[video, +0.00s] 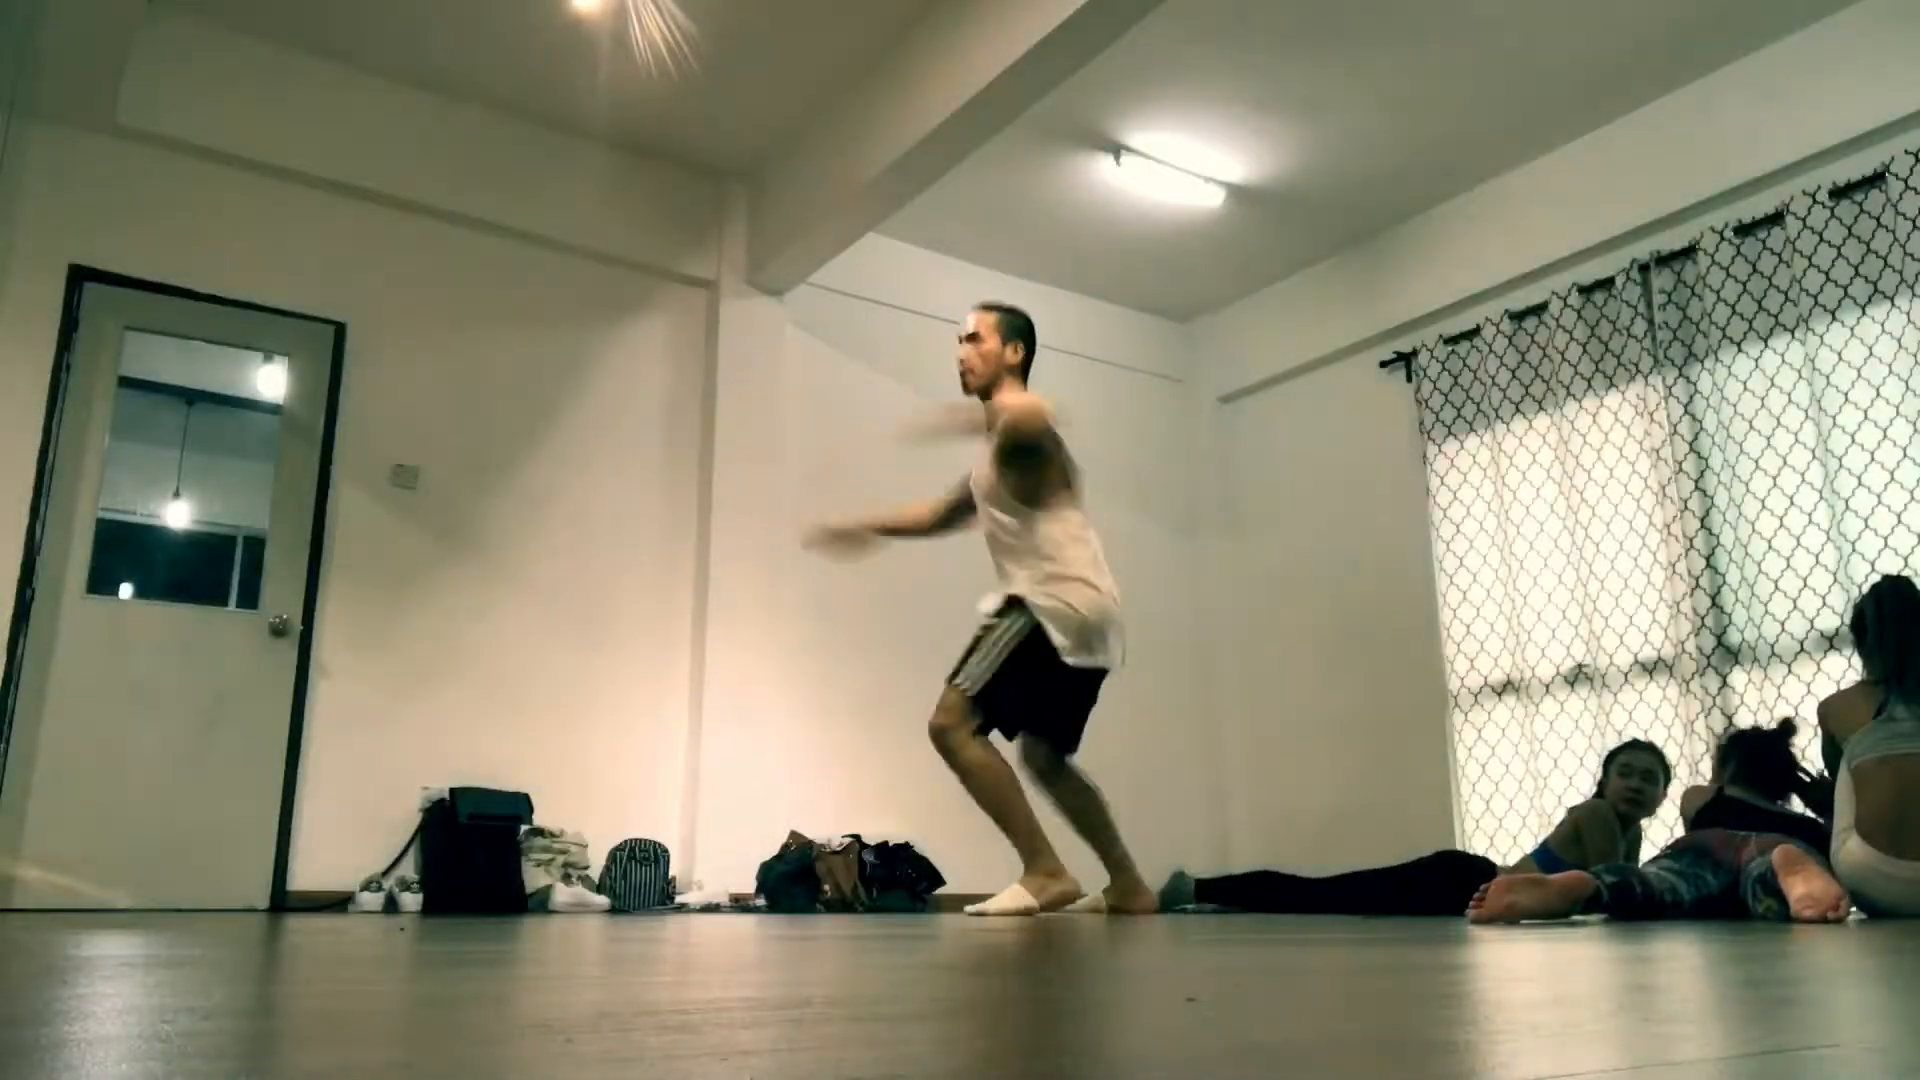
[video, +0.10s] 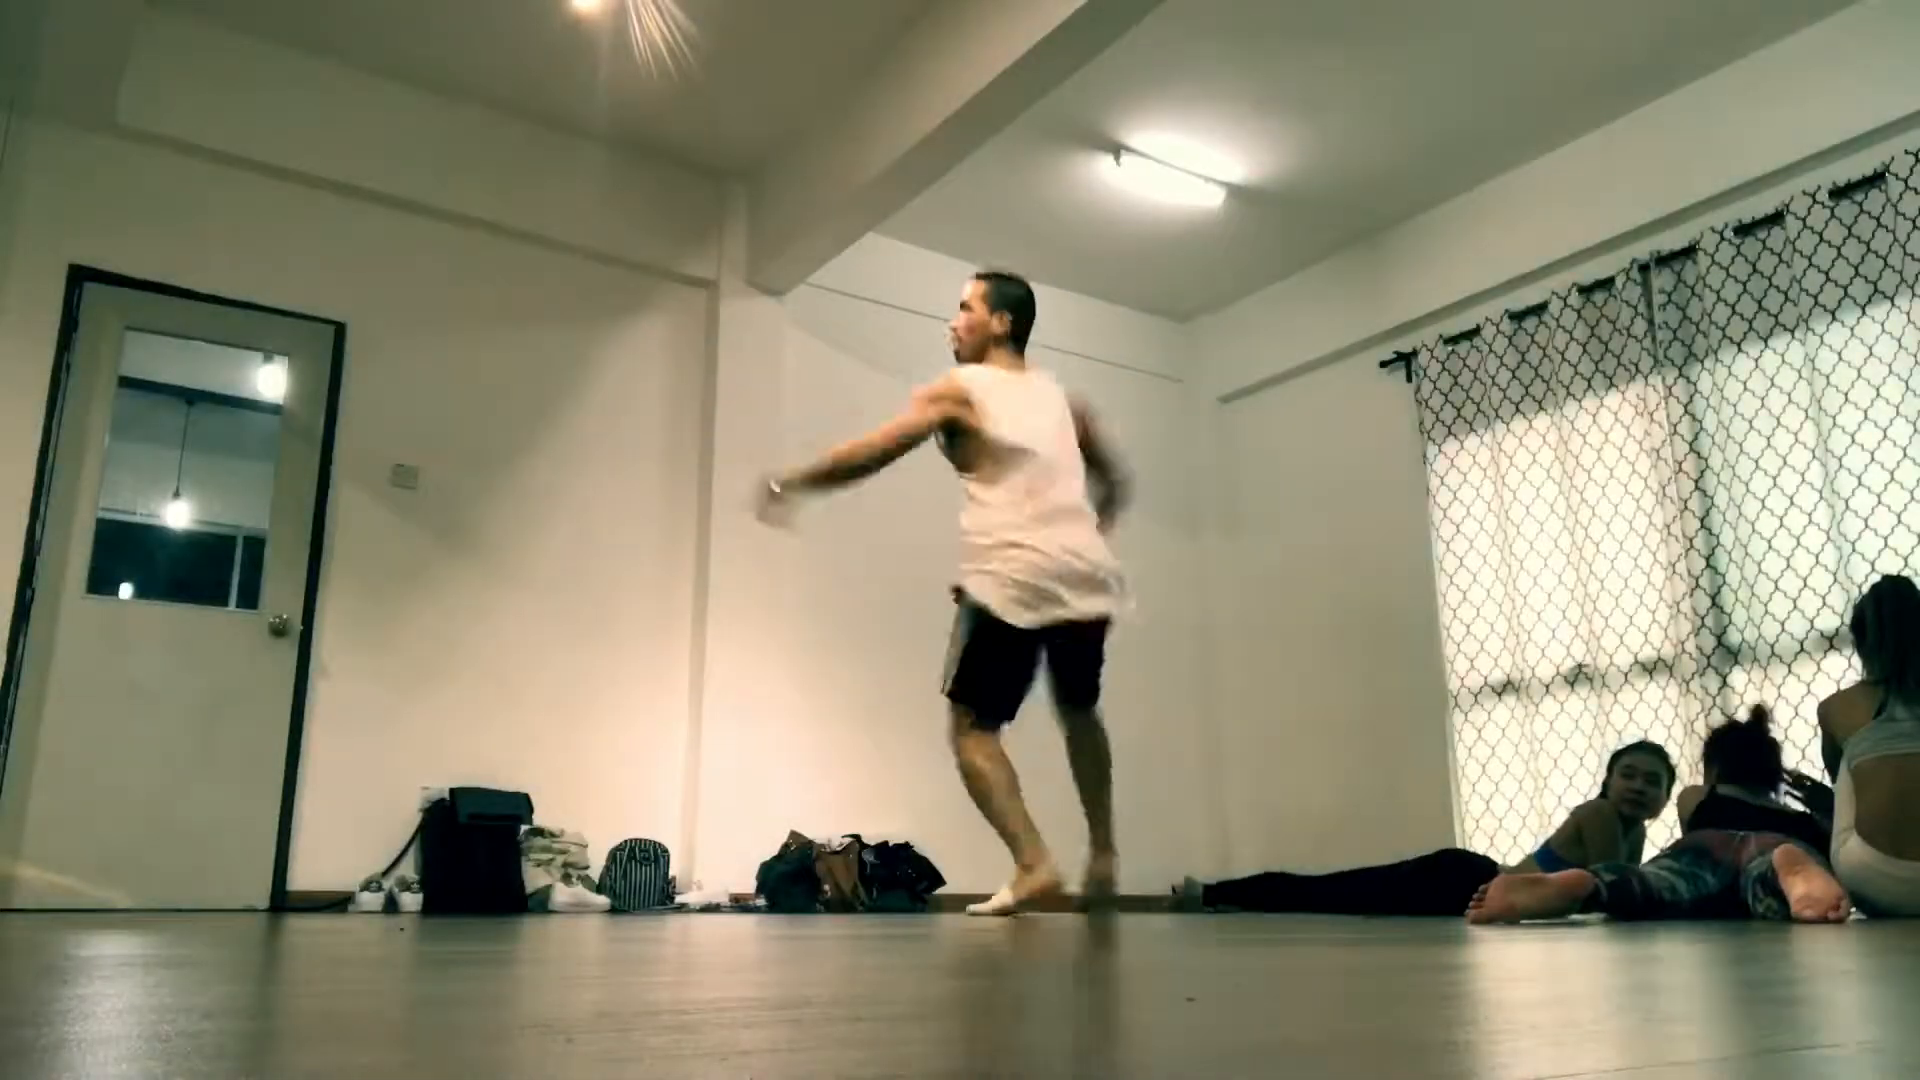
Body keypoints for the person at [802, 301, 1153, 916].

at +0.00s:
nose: (960, 351)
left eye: (974, 340)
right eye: (962, 341)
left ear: (1013, 353)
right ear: (995, 356)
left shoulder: (1024, 411)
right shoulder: (997, 454)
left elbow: (1025, 421)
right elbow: (941, 515)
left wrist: (976, 416)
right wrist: (864, 527)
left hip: (1048, 602)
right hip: (1086, 611)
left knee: (952, 725)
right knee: (1042, 756)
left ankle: (1045, 874)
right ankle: (1129, 885)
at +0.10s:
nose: (953, 321)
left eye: (966, 310)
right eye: (958, 308)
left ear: (1001, 323)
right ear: (1014, 327)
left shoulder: (957, 389)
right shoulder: (1059, 396)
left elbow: (870, 454)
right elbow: (1112, 477)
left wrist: (791, 480)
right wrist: (1092, 530)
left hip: (1009, 579)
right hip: (1086, 578)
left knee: (973, 731)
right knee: (1080, 712)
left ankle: (1033, 866)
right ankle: (1105, 858)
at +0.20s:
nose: (1029, 310)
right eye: (1028, 300)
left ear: (965, 310)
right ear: (1027, 304)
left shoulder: (942, 385)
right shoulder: (1043, 362)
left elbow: (923, 474)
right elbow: (1128, 423)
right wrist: (1180, 471)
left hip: (963, 565)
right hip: (1040, 545)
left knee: (997, 710)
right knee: (1115, 620)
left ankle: (985, 874)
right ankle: (1071, 769)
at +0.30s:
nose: (1014, 272)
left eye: (1024, 264)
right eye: (997, 263)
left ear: (1037, 285)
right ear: (972, 285)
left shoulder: (1037, 376)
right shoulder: (975, 343)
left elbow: (1071, 457)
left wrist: (1149, 455)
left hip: (991, 532)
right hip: (973, 511)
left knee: (989, 695)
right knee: (1109, 529)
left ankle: (942, 862)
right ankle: (1056, 669)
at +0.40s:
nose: (970, 272)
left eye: (984, 258)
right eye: (966, 263)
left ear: (1026, 268)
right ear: (969, 280)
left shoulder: (1073, 348)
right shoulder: (951, 349)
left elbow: (1137, 413)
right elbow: (876, 420)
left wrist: (1125, 379)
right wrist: (911, 382)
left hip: (1029, 537)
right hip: (957, 522)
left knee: (997, 697)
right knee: (929, 480)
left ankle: (975, 871)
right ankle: (1037, 639)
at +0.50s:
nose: (961, 266)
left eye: (976, 253)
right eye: (958, 256)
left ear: (1017, 262)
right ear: (961, 273)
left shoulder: (1051, 318)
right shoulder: (960, 368)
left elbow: (1034, 348)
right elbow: (900, 450)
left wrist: (924, 339)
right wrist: (845, 436)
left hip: (1042, 533)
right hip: (970, 521)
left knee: (1027, 700)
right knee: (849, 523)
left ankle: (1020, 873)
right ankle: (970, 611)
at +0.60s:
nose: (941, 257)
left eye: (955, 245)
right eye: (941, 246)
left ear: (996, 255)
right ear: (991, 263)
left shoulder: (973, 301)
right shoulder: (1014, 331)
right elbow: (1001, 458)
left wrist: (838, 396)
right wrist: (915, 462)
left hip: (1022, 505)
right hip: (1032, 506)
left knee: (1025, 691)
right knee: (920, 555)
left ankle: (1043, 865)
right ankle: (941, 624)